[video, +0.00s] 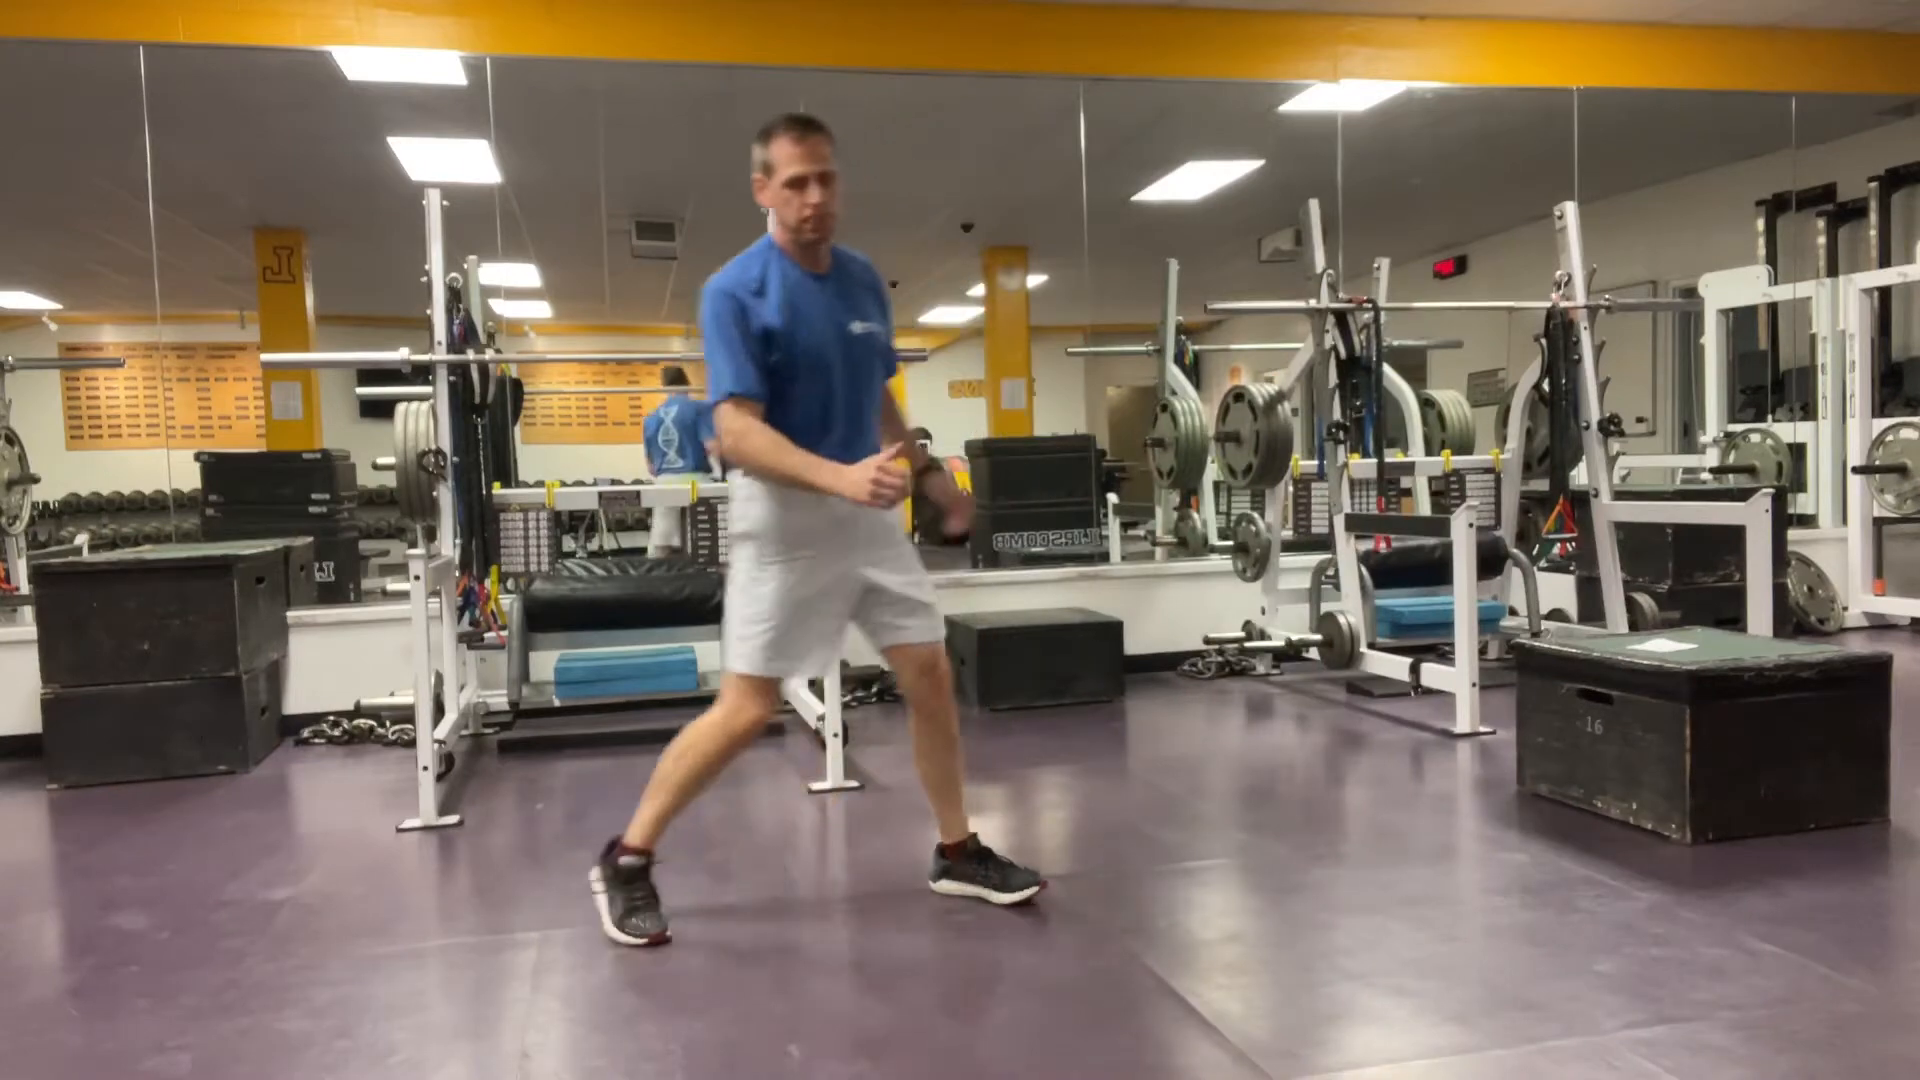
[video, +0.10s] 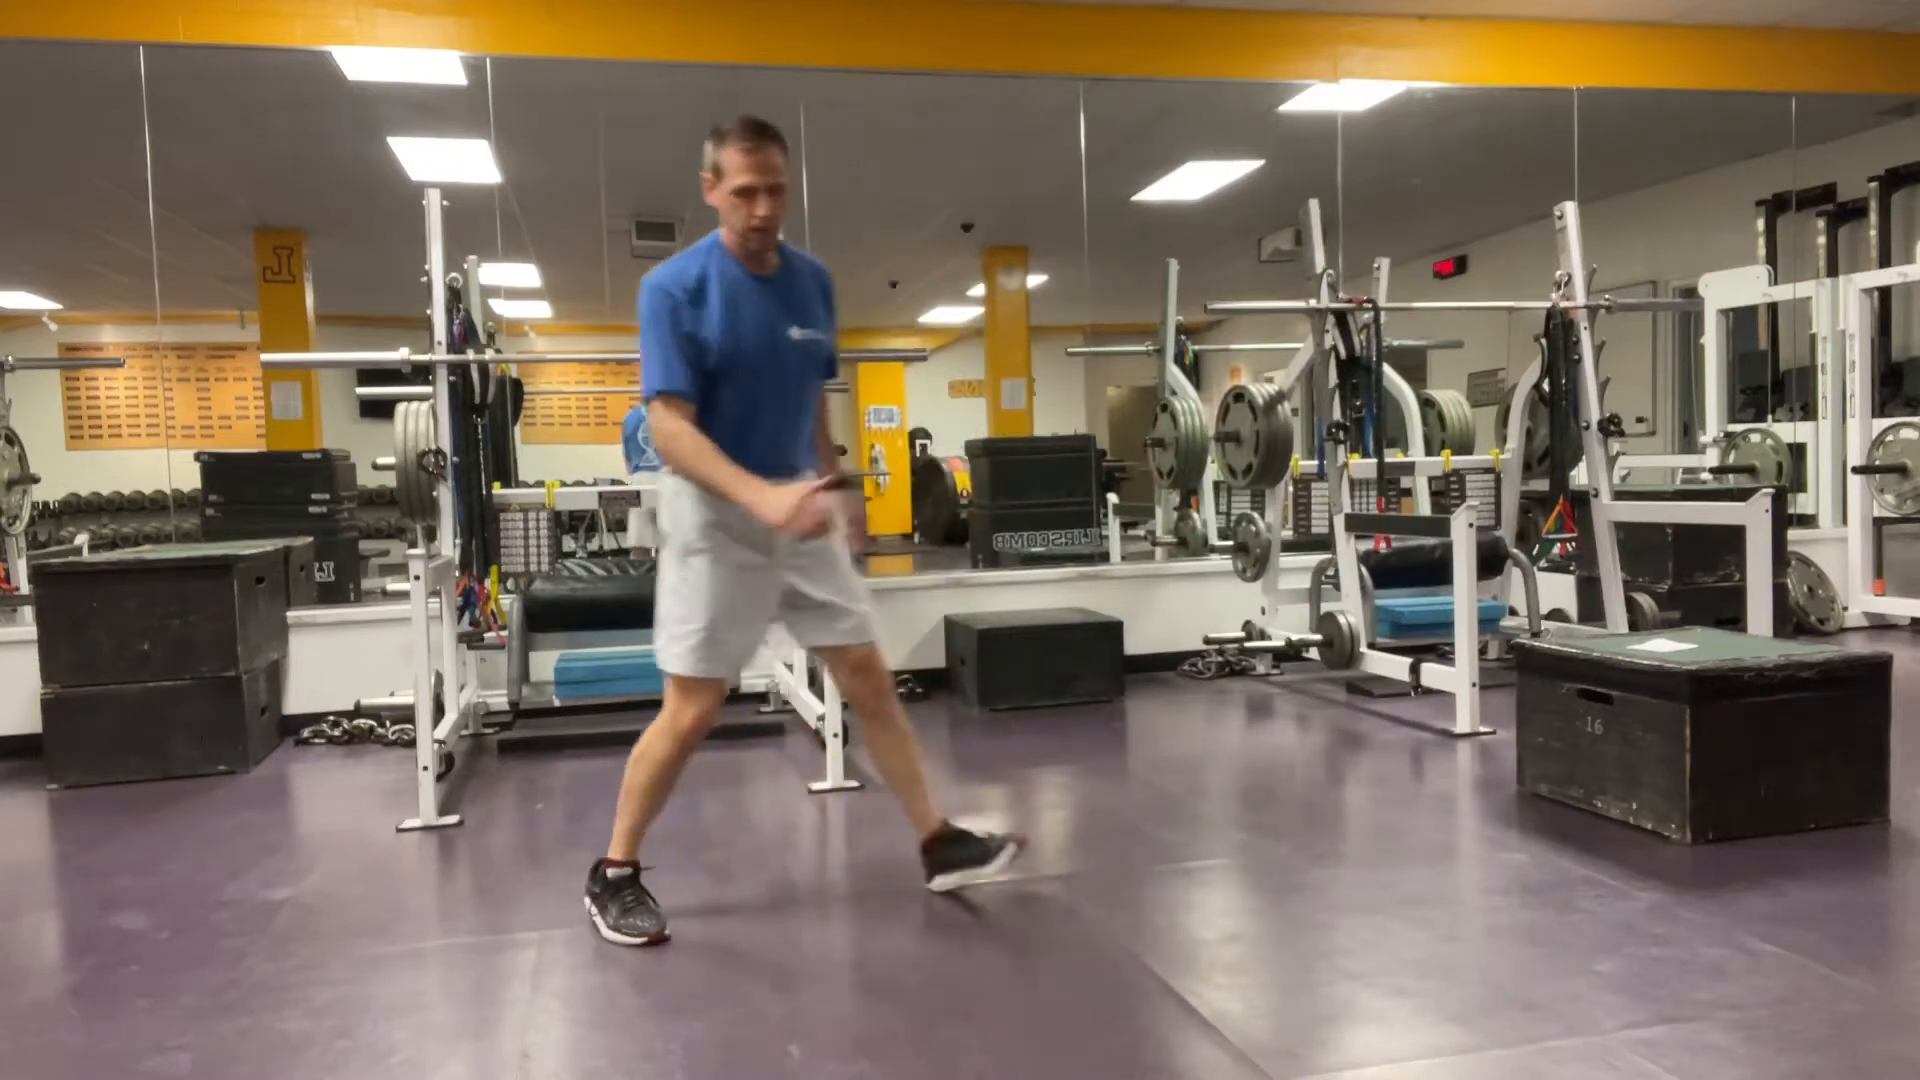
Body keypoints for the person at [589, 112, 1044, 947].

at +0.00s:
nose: (814, 199)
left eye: (824, 182)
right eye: (795, 186)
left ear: (840, 186)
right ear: (761, 194)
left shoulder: (863, 282)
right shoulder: (734, 292)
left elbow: (877, 395)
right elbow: (733, 430)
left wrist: (925, 472)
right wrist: (840, 476)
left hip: (867, 514)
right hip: (779, 524)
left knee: (927, 671)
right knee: (746, 710)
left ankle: (957, 849)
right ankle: (627, 858)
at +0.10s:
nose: (762, 209)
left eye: (774, 190)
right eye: (745, 193)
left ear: (791, 191)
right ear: (711, 191)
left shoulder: (810, 282)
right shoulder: (675, 288)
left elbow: (811, 398)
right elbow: (669, 428)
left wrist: (832, 480)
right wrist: (762, 495)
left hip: (801, 508)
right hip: (712, 515)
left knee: (865, 672)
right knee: (693, 706)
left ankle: (936, 838)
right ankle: (615, 872)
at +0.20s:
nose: (714, 212)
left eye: (728, 192)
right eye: (697, 193)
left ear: (748, 185)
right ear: (666, 182)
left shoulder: (767, 269)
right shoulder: (621, 277)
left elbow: (770, 381)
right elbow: (595, 416)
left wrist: (774, 474)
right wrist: (646, 523)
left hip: (752, 491)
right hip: (659, 498)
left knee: (817, 660)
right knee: (667, 693)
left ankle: (852, 825)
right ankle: (614, 870)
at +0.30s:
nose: (671, 216)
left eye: (685, 196)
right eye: (654, 198)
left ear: (707, 185)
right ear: (624, 186)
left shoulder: (730, 266)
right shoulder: (579, 279)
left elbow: (727, 383)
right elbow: (531, 408)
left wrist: (740, 481)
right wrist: (531, 533)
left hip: (716, 490)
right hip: (623, 495)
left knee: (756, 664)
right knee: (637, 688)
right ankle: (611, 870)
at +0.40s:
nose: (632, 228)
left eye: (646, 208)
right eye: (614, 210)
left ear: (668, 194)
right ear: (585, 194)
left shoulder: (700, 275)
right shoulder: (546, 289)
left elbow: (716, 382)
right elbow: (485, 406)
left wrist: (743, 476)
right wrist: (457, 529)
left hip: (678, 490)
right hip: (590, 495)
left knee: (690, 676)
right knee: (618, 683)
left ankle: (621, 794)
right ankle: (608, 873)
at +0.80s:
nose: (519, 222)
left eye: (533, 206)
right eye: (504, 206)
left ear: (555, 204)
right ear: (477, 204)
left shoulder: (592, 288)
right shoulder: (431, 292)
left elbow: (633, 383)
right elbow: (381, 408)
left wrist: (676, 459)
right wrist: (384, 514)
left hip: (564, 493)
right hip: (476, 491)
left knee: (547, 669)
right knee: (501, 672)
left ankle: (532, 833)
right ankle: (474, 850)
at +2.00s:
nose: (417, 216)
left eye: (428, 202)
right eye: (401, 201)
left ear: (439, 206)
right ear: (362, 202)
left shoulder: (472, 297)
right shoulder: (314, 295)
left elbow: (503, 398)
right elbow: (273, 417)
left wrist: (527, 414)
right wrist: (332, 414)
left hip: (464, 495)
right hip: (367, 505)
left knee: (523, 623)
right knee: (393, 689)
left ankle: (511, 772)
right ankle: (400, 838)